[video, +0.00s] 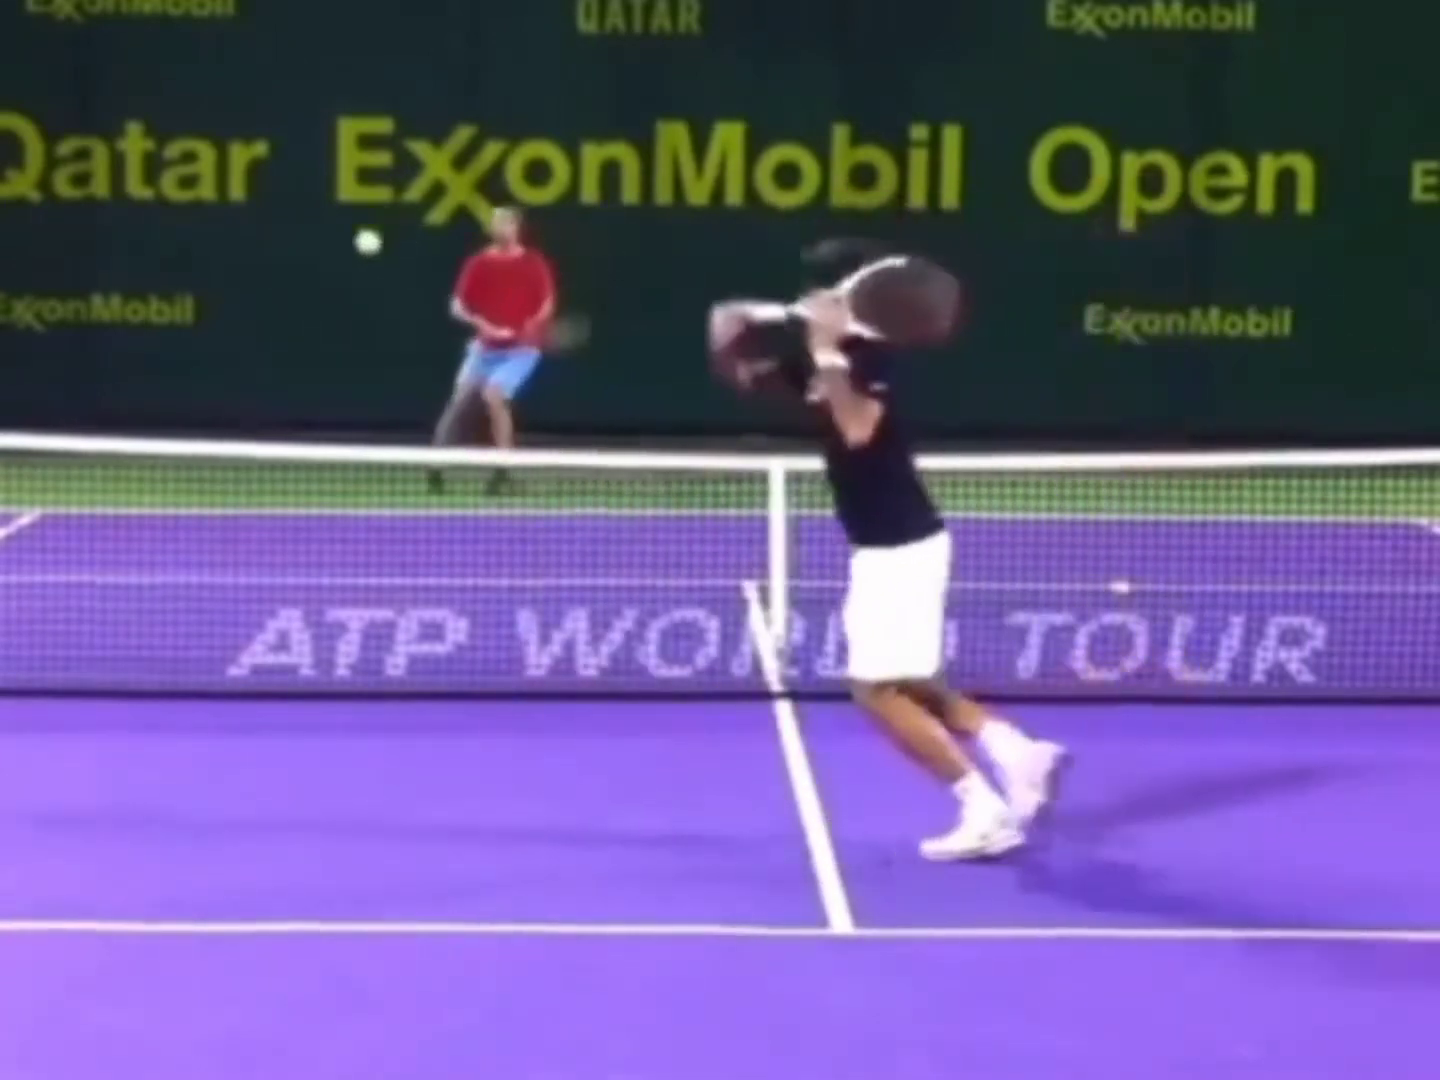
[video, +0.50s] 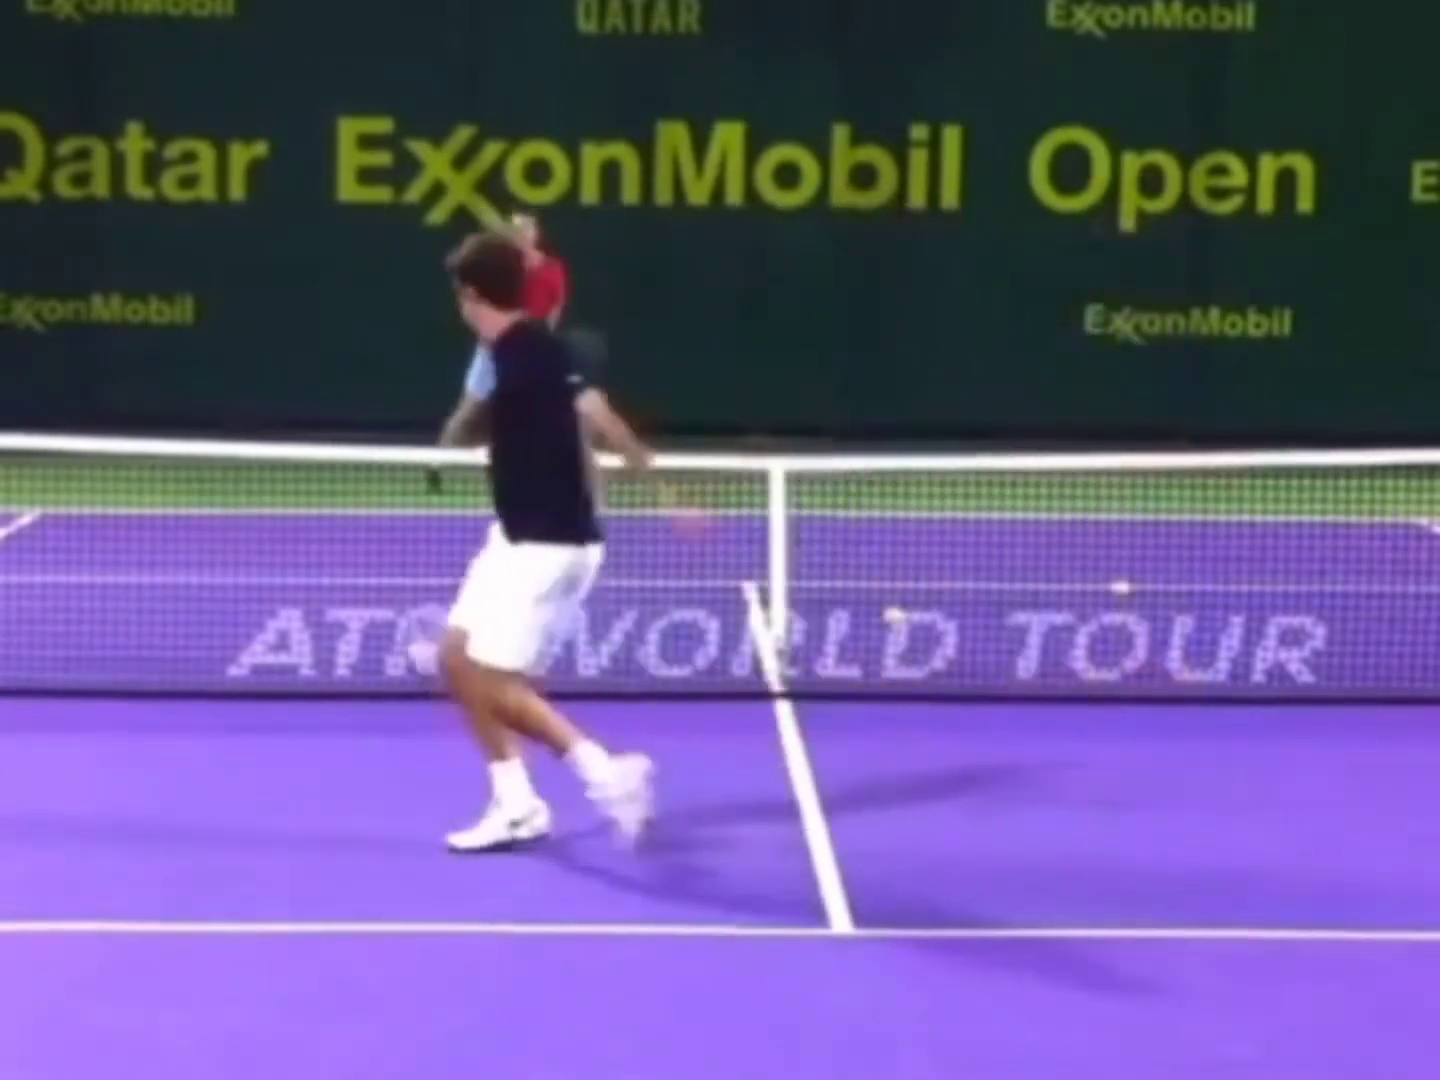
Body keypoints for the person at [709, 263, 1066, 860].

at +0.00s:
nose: (817, 312)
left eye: (823, 306)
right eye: (818, 305)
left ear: (839, 320)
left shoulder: (867, 368)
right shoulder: (834, 372)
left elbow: (858, 427)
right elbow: (786, 387)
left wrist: (825, 349)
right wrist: (750, 355)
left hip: (900, 547)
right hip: (896, 544)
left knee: (874, 688)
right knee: (908, 678)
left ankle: (981, 803)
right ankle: (1017, 751)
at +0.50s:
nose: (461, 310)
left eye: (463, 298)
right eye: (461, 298)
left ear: (477, 298)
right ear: (516, 290)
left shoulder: (522, 349)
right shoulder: (536, 348)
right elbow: (591, 419)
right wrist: (641, 460)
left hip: (551, 544)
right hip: (521, 538)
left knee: (494, 678)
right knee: (458, 658)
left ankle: (607, 773)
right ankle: (515, 797)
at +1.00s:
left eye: (362, 281)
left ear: (355, 287)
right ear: (413, 289)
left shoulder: (328, 353)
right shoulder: (436, 357)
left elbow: (288, 442)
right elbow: (479, 451)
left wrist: (317, 460)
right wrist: (450, 490)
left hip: (340, 538)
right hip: (421, 538)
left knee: (296, 675)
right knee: (432, 668)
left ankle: (279, 821)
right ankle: (471, 796)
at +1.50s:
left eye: (428, 307)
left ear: (418, 315)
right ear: (474, 316)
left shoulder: (387, 380)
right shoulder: (503, 388)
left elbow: (351, 472)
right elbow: (536, 494)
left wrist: (394, 480)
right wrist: (501, 499)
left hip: (401, 566)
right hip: (491, 565)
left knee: (328, 681)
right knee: (559, 680)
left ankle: (247, 808)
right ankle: (575, 820)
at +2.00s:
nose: (541, 318)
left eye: (542, 306)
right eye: (541, 306)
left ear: (558, 304)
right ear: (597, 295)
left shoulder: (595, 350)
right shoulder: (630, 354)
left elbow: (552, 394)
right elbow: (543, 428)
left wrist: (463, 401)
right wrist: (464, 444)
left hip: (618, 535)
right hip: (670, 533)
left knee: (559, 666)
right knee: (645, 663)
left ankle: (512, 810)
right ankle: (681, 793)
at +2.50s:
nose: (694, 298)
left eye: (695, 289)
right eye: (696, 289)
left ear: (704, 290)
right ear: (761, 286)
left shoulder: (702, 354)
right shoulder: (799, 334)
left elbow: (666, 440)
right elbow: (892, 358)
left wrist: (621, 526)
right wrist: (970, 404)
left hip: (752, 533)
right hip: (816, 529)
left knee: (768, 675)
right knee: (772, 670)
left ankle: (834, 815)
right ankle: (729, 792)